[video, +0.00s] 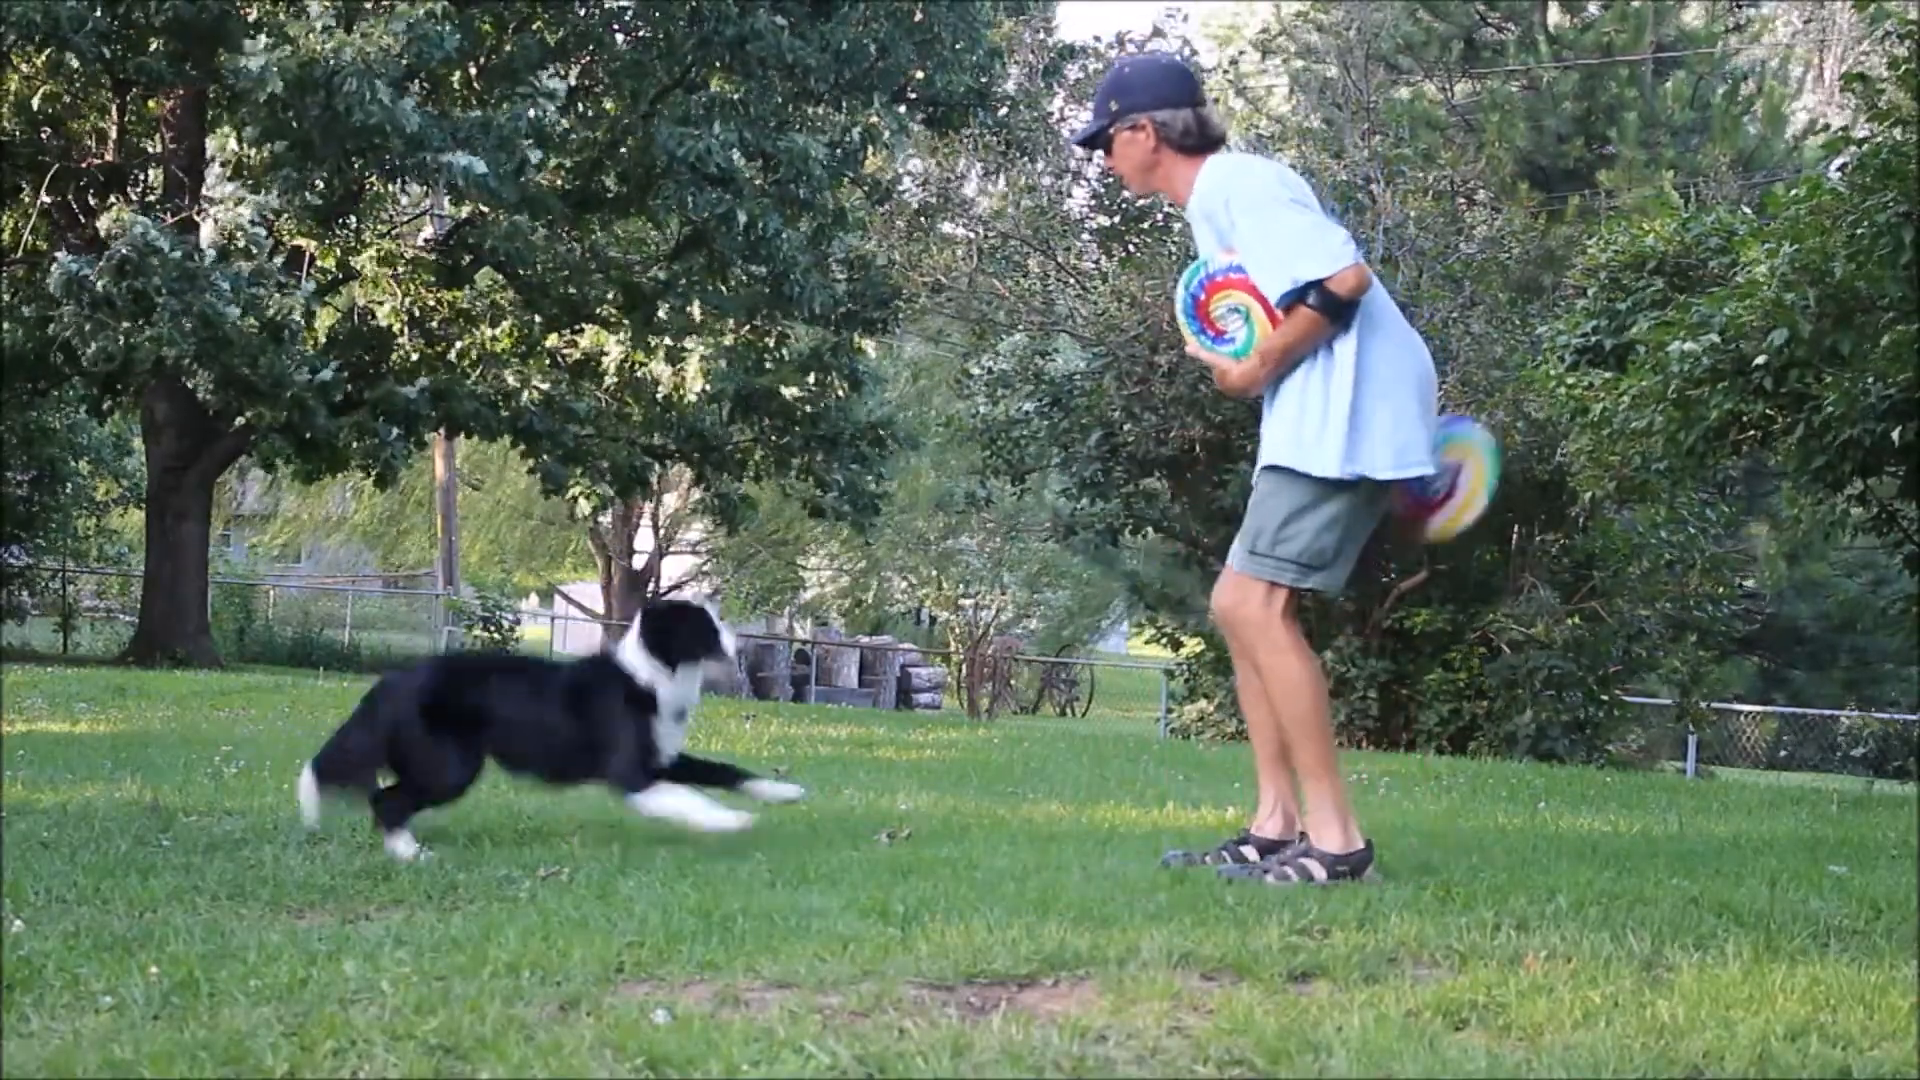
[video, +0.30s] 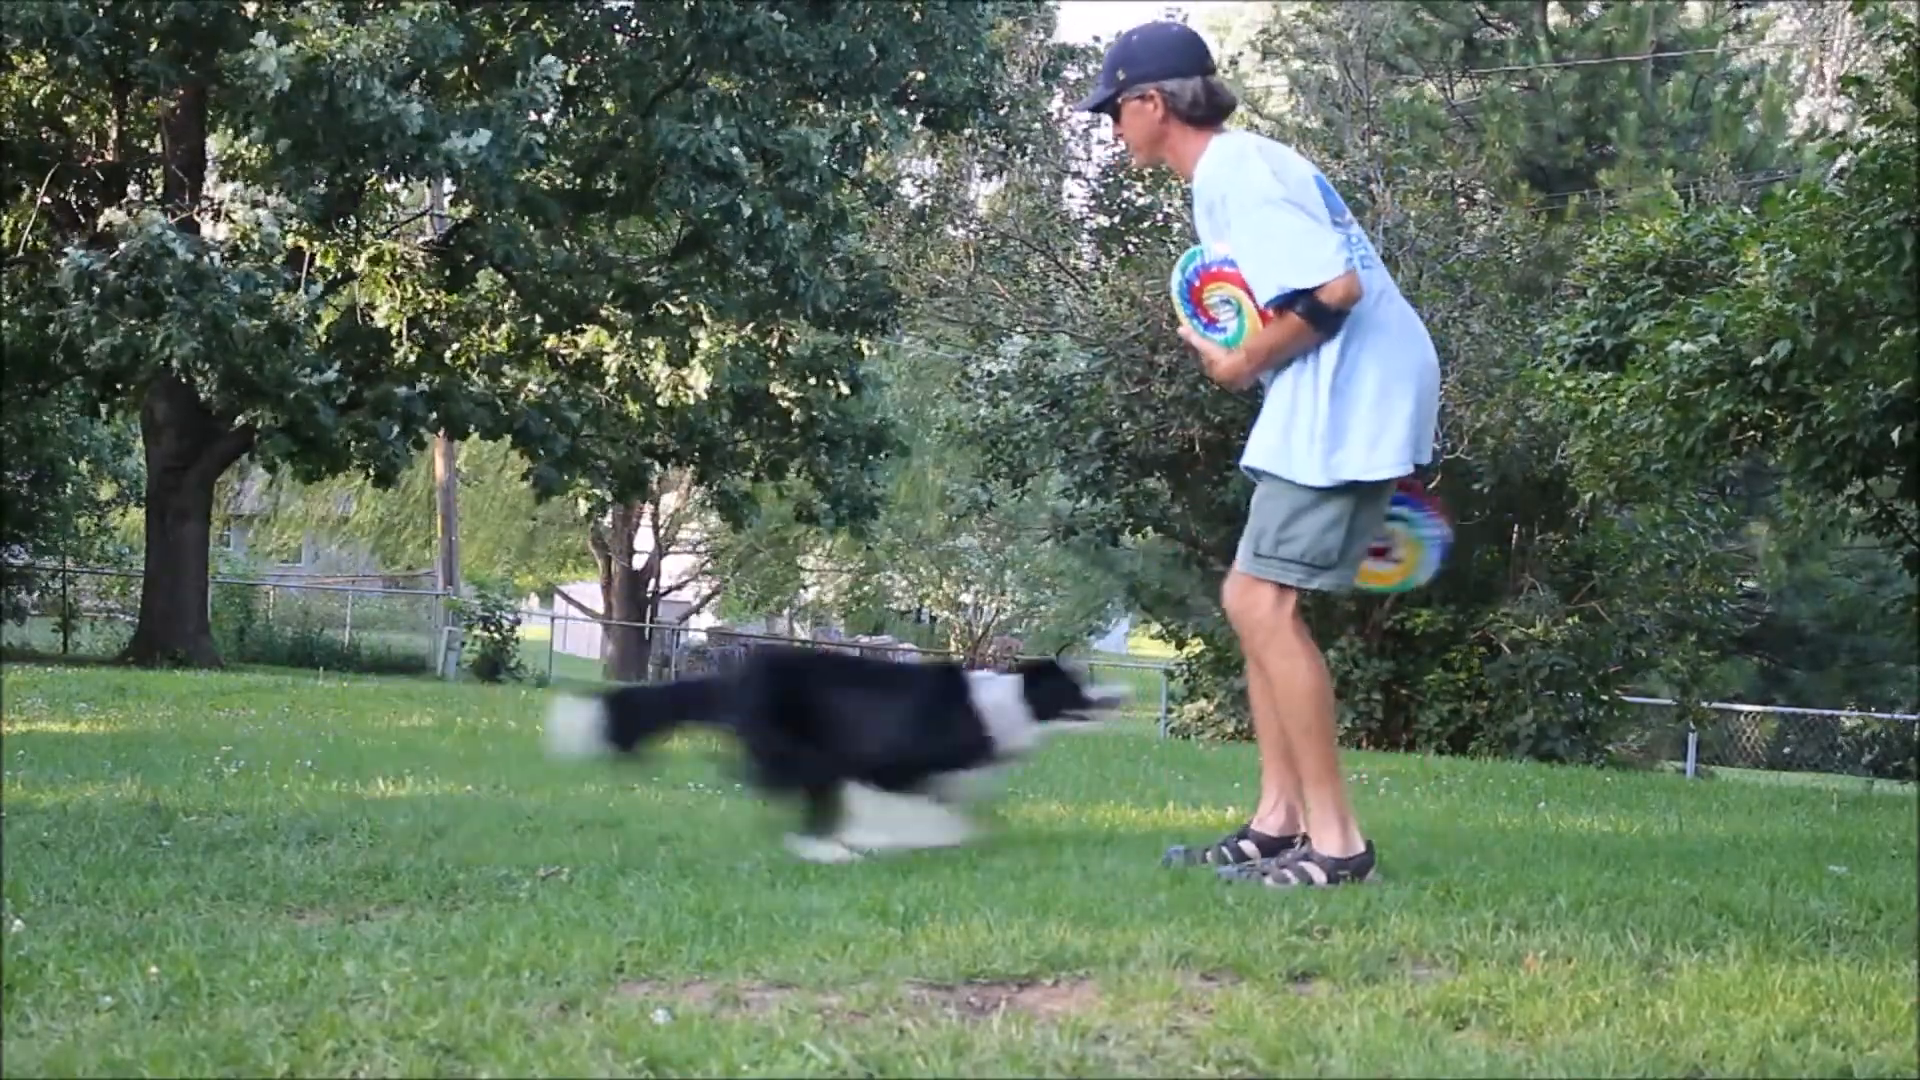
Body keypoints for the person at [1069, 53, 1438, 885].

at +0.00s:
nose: (1107, 161)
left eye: (1109, 142)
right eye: (1104, 146)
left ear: (1148, 131)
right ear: (1153, 132)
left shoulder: (1233, 183)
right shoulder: (1216, 201)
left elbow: (1341, 276)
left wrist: (1258, 366)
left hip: (1350, 421)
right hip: (1320, 422)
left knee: (1257, 606)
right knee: (1236, 606)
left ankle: (1334, 841)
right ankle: (1277, 826)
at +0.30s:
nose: (1115, 133)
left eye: (1118, 112)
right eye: (1112, 116)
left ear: (1157, 102)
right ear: (1166, 101)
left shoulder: (1237, 174)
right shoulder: (1241, 167)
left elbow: (1331, 288)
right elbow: (1339, 289)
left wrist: (1240, 361)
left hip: (1353, 401)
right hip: (1341, 397)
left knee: (1263, 601)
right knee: (1249, 598)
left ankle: (1336, 844)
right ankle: (1279, 825)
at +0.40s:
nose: (1118, 131)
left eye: (1121, 111)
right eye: (1115, 114)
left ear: (1162, 100)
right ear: (1167, 99)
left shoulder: (1242, 171)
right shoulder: (1227, 175)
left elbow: (1340, 286)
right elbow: (1316, 288)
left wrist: (1246, 362)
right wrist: (1240, 341)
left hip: (1355, 405)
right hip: (1324, 403)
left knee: (1262, 603)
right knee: (1230, 590)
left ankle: (1337, 845)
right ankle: (1282, 819)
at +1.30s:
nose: (1214, 151)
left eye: (1220, 131)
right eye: (1211, 135)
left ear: (1266, 122)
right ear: (1263, 124)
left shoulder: (1362, 188)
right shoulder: (1318, 219)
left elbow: (1472, 301)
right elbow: (1356, 375)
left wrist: (1366, 382)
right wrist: (1275, 454)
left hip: (1467, 435)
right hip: (1423, 436)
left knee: (1363, 615)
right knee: (1329, 604)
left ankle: (1469, 847)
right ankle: (1303, 832)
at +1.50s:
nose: (1289, 109)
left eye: (1292, 90)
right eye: (1287, 92)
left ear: (1328, 86)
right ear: (1354, 85)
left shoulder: (1408, 159)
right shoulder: (1397, 167)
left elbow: (1504, 289)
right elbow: (1460, 321)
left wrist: (1401, 359)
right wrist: (1366, 410)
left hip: (1518, 404)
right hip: (1496, 404)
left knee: (1419, 600)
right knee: (1399, 598)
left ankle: (1472, 849)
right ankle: (1347, 819)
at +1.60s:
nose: (1315, 95)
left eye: (1319, 76)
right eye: (1315, 78)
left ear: (1352, 74)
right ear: (1377, 71)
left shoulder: (1424, 147)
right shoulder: (1432, 147)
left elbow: (1515, 277)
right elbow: (1491, 309)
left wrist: (1418, 350)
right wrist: (1405, 411)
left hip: (1545, 389)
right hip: (1522, 388)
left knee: (1444, 589)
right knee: (1412, 572)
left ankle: (1477, 847)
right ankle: (1430, 817)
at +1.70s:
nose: (1342, 89)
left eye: (1345, 71)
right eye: (1341, 72)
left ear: (1378, 69)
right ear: (1413, 68)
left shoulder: (1445, 140)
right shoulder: (1472, 138)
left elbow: (1530, 271)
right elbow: (1510, 324)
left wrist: (1438, 335)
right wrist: (1406, 404)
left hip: (1552, 392)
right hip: (1569, 391)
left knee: (1455, 595)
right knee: (1479, 602)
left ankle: (1479, 849)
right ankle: (1564, 826)